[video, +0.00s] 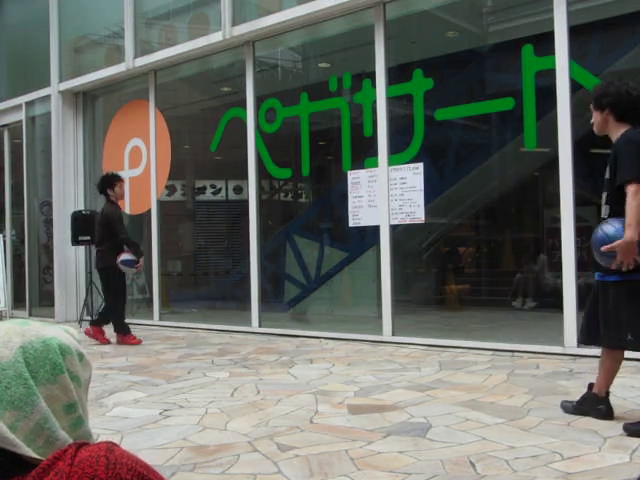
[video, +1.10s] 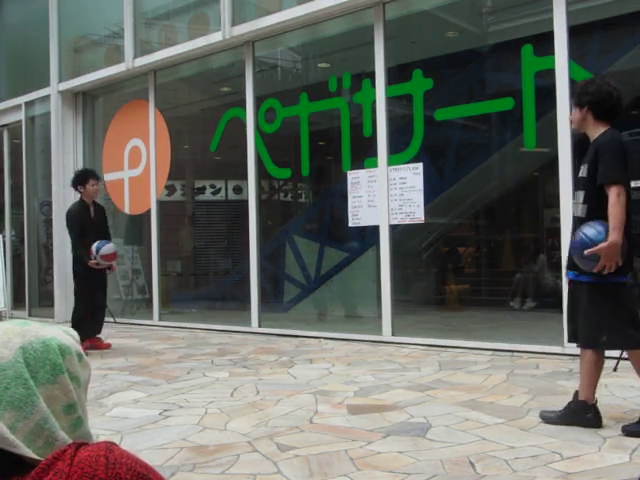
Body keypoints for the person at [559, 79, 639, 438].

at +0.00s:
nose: (591, 118)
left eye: (593, 112)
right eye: (591, 112)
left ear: (608, 112)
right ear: (612, 112)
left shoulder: (628, 143)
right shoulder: (624, 144)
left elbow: (633, 191)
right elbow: (625, 196)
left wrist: (632, 237)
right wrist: (621, 242)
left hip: (622, 254)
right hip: (620, 252)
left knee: (614, 322)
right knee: (613, 322)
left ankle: (599, 394)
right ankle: (599, 393)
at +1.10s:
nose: (571, 114)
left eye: (575, 108)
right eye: (572, 108)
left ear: (589, 110)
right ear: (595, 111)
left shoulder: (610, 143)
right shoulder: (595, 146)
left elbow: (617, 193)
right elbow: (593, 203)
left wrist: (615, 240)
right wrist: (581, 251)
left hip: (608, 256)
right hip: (593, 256)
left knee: (627, 333)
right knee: (590, 331)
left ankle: (585, 402)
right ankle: (584, 403)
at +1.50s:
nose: (545, 118)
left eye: (548, 112)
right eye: (546, 112)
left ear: (561, 115)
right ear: (568, 116)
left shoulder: (587, 147)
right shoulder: (565, 153)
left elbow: (599, 190)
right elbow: (554, 214)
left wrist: (597, 232)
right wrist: (537, 256)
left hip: (571, 259)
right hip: (554, 259)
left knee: (571, 328)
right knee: (557, 329)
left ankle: (591, 401)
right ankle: (584, 398)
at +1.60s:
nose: (540, 118)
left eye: (543, 112)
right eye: (541, 112)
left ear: (556, 116)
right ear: (563, 117)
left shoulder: (580, 148)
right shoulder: (557, 156)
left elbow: (597, 192)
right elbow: (549, 216)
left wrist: (598, 233)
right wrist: (534, 258)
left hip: (562, 261)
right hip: (558, 261)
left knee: (551, 333)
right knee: (573, 333)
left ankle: (550, 412)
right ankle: (584, 405)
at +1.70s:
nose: (532, 120)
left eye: (535, 114)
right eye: (534, 114)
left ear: (548, 117)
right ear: (555, 119)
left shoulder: (575, 150)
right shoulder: (553, 159)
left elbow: (594, 194)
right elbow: (545, 217)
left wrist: (597, 235)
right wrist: (531, 264)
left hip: (555, 263)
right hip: (551, 264)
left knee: (534, 334)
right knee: (570, 335)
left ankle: (514, 404)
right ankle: (583, 405)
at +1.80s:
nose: (522, 122)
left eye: (525, 116)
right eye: (523, 115)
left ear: (539, 119)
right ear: (547, 120)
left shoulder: (568, 151)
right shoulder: (549, 159)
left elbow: (589, 195)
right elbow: (543, 217)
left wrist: (593, 237)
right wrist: (529, 266)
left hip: (553, 262)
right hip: (545, 262)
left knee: (518, 327)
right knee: (565, 333)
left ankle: (491, 396)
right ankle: (582, 405)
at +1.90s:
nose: (512, 124)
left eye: (515, 118)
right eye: (514, 117)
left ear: (529, 122)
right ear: (536, 122)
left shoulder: (558, 156)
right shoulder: (546, 157)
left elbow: (578, 199)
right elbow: (553, 206)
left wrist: (584, 241)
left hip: (539, 261)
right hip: (547, 260)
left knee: (508, 326)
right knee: (561, 333)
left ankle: (481, 394)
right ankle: (582, 404)